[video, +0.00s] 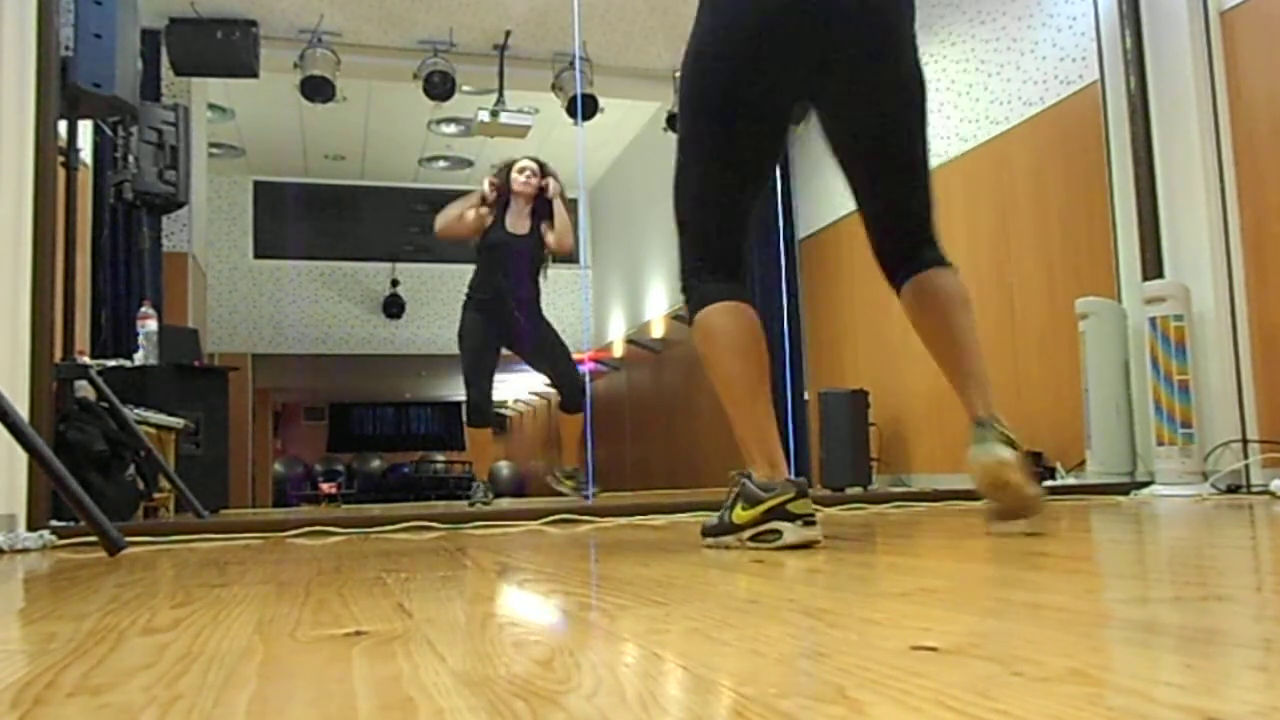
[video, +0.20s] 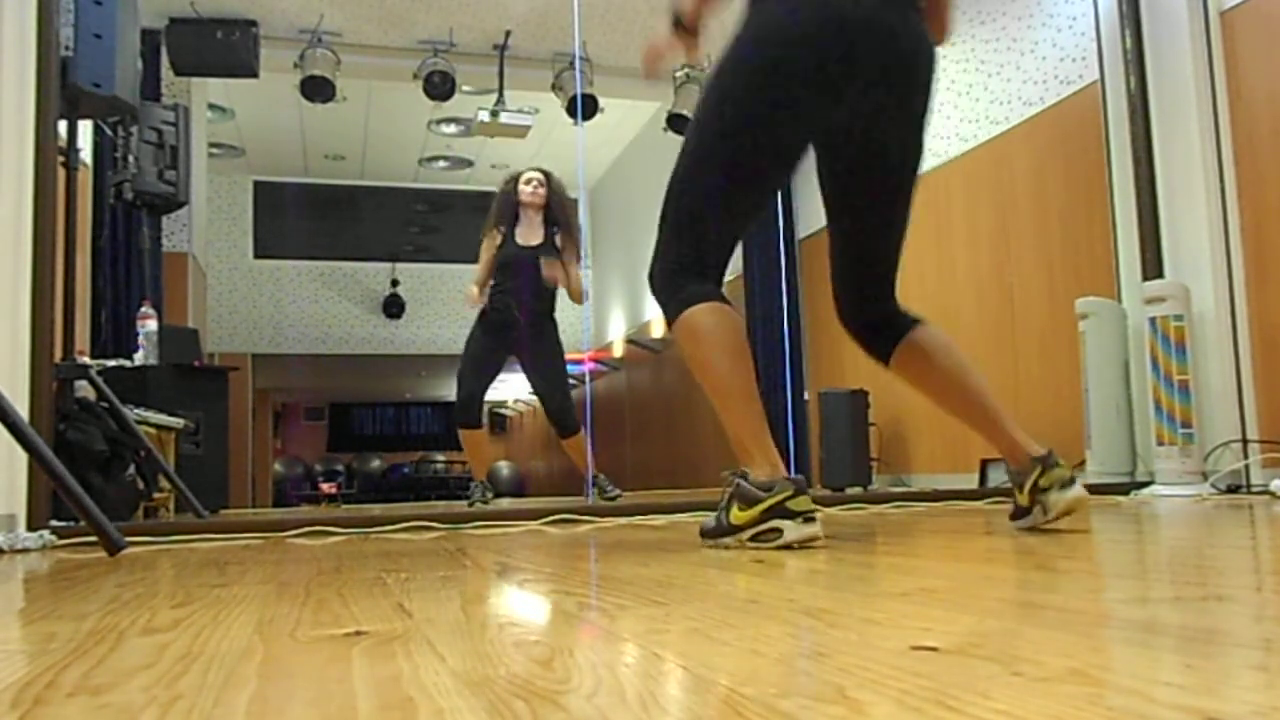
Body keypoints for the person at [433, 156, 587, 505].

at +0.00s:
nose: (528, 177)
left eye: (534, 174)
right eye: (522, 171)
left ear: (539, 188)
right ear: (507, 181)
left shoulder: (542, 223)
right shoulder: (486, 217)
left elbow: (564, 243)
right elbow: (442, 227)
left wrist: (557, 198)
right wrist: (476, 196)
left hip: (526, 318)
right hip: (482, 316)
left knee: (573, 385)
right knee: (478, 398)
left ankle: (568, 470)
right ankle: (481, 483)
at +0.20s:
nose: (534, 188)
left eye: (541, 184)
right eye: (528, 183)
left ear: (549, 196)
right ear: (514, 193)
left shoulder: (561, 238)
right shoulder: (497, 235)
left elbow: (579, 296)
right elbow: (479, 281)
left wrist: (564, 276)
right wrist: (478, 293)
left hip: (538, 329)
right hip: (494, 326)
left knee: (561, 412)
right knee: (467, 400)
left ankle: (593, 478)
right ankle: (480, 483)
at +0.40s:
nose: (549, 197)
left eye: (555, 193)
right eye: (542, 192)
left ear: (563, 201)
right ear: (529, 202)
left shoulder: (580, 242)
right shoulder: (518, 247)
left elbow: (609, 293)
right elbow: (511, 301)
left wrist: (601, 337)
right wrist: (502, 331)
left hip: (571, 340)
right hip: (528, 340)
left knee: (587, 411)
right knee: (476, 398)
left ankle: (599, 480)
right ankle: (485, 482)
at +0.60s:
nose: (564, 188)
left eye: (570, 183)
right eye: (557, 183)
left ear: (579, 192)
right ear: (544, 192)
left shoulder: (594, 231)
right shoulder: (532, 238)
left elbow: (627, 282)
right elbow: (524, 289)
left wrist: (627, 322)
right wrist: (528, 322)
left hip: (602, 329)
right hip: (559, 332)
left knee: (604, 405)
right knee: (507, 392)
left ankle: (604, 481)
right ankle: (491, 480)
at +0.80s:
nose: (572, 171)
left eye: (577, 165)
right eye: (564, 166)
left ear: (586, 173)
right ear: (552, 177)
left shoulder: (604, 211)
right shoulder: (543, 224)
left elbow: (637, 261)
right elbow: (539, 272)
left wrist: (631, 306)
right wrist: (540, 301)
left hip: (609, 310)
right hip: (567, 311)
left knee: (606, 393)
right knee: (521, 375)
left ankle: (603, 479)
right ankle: (510, 466)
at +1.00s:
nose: (575, 170)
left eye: (580, 164)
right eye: (567, 166)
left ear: (590, 172)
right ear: (556, 176)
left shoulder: (611, 207)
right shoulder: (551, 224)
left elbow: (645, 254)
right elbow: (549, 278)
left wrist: (632, 299)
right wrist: (541, 277)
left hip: (606, 309)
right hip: (562, 308)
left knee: (604, 393)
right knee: (538, 388)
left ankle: (603, 478)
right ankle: (519, 477)